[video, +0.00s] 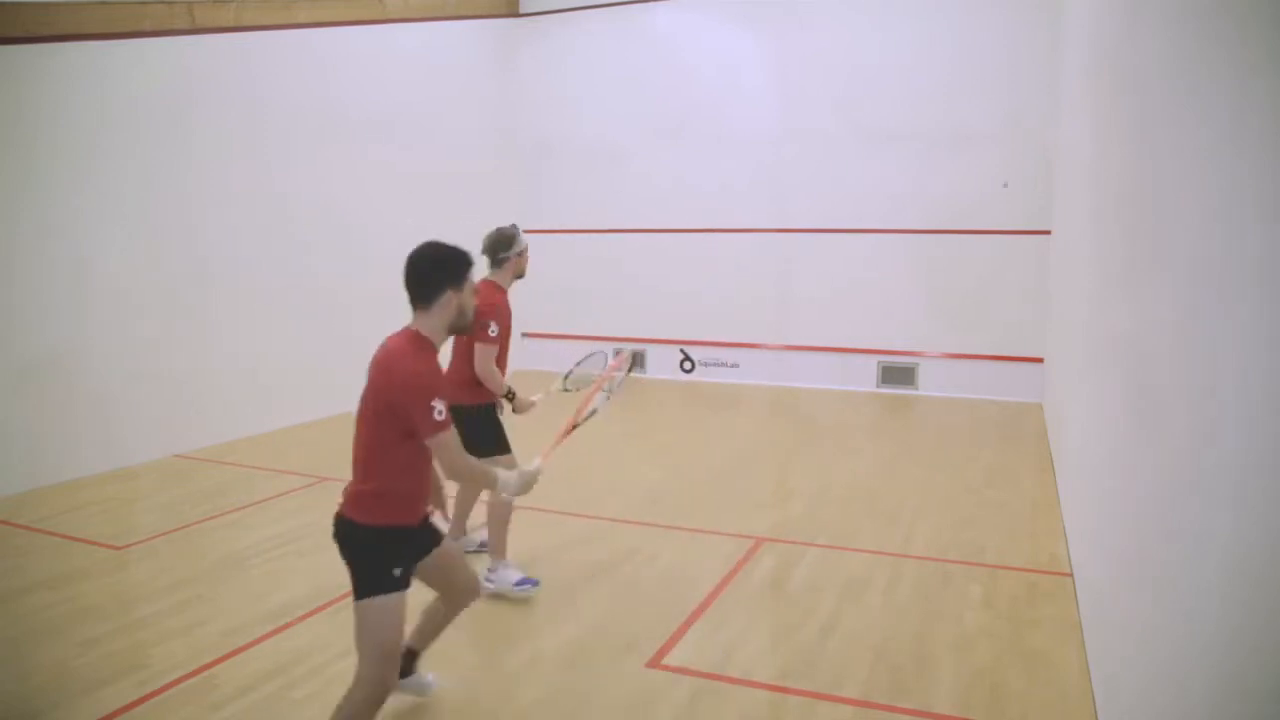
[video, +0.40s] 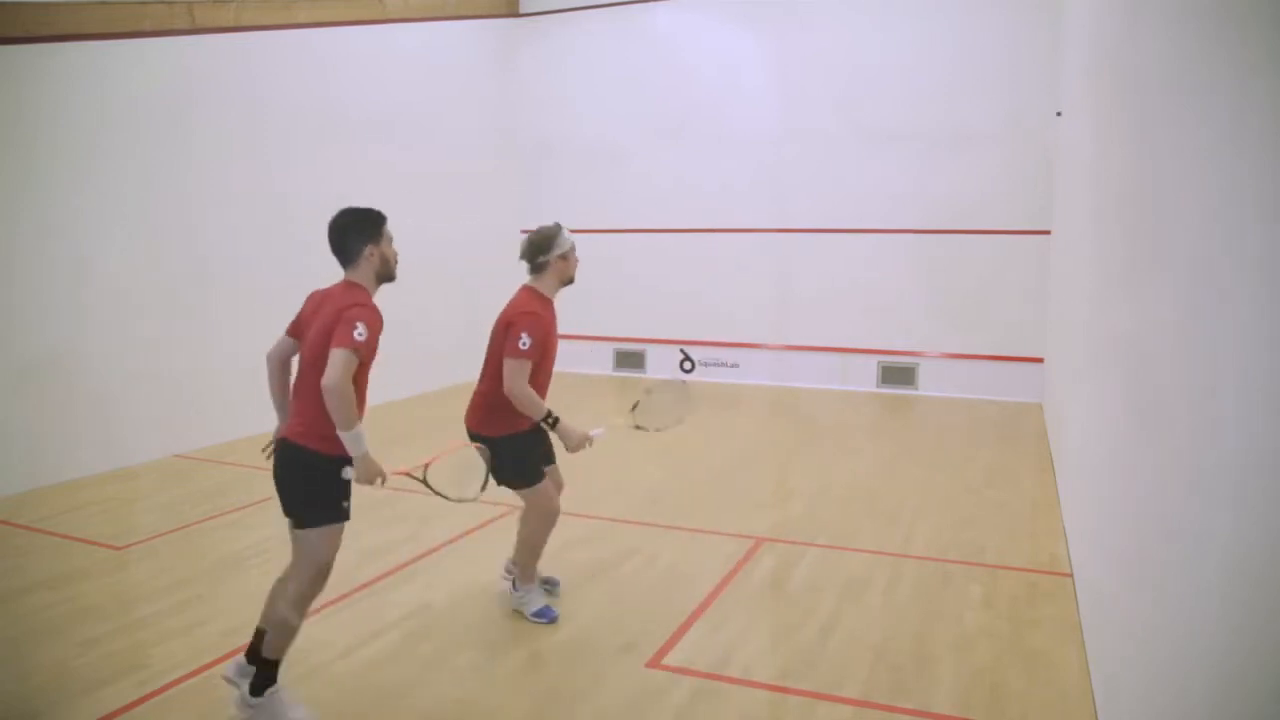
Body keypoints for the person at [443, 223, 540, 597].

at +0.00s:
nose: (528, 259)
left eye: (527, 253)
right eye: (525, 254)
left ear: (496, 259)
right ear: (513, 259)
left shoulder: (482, 291)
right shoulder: (495, 302)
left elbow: (472, 355)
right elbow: (483, 366)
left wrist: (501, 389)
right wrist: (512, 396)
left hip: (461, 397)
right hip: (474, 401)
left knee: (475, 469)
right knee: (506, 478)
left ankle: (455, 536)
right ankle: (498, 567)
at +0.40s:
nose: (577, 260)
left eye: (574, 253)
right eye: (571, 254)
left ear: (544, 262)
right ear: (555, 262)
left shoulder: (539, 306)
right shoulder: (528, 314)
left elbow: (516, 378)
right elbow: (514, 386)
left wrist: (489, 437)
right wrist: (560, 426)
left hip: (521, 420)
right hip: (501, 427)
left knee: (552, 489)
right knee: (543, 503)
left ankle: (522, 565)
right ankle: (523, 587)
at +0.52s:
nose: (594, 272)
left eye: (592, 264)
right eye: (588, 266)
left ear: (564, 272)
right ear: (565, 272)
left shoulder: (562, 316)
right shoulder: (527, 327)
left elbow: (548, 382)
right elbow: (507, 402)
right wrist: (545, 454)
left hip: (538, 430)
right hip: (502, 439)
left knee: (566, 512)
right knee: (552, 523)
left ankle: (543, 587)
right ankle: (525, 607)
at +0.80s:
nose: (610, 289)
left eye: (610, 280)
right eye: (605, 280)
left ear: (577, 282)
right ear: (577, 282)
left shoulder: (581, 335)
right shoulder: (520, 344)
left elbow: (566, 409)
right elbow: (500, 431)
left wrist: (571, 465)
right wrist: (532, 497)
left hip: (570, 471)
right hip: (516, 483)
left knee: (610, 567)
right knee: (548, 586)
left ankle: (591, 636)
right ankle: (556, 666)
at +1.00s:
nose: (625, 303)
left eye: (628, 292)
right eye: (623, 290)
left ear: (590, 287)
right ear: (592, 285)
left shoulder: (594, 346)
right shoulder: (523, 347)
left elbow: (576, 433)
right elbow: (502, 442)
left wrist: (595, 494)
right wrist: (526, 511)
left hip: (574, 502)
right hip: (512, 505)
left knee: (588, 622)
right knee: (538, 625)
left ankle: (590, 717)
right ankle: (530, 674)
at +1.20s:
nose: (629, 340)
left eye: (632, 330)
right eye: (627, 329)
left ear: (595, 321)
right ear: (595, 321)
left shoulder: (597, 371)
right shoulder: (514, 382)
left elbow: (609, 426)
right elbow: (478, 482)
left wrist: (653, 474)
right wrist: (476, 542)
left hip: (556, 525)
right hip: (493, 533)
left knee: (602, 639)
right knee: (501, 668)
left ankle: (600, 718)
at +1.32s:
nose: (630, 372)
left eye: (632, 361)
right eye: (626, 360)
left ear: (593, 355)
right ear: (591, 354)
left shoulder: (588, 406)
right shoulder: (506, 417)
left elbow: (608, 425)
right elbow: (463, 513)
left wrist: (634, 447)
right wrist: (451, 565)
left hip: (539, 545)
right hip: (479, 557)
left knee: (604, 641)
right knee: (497, 689)